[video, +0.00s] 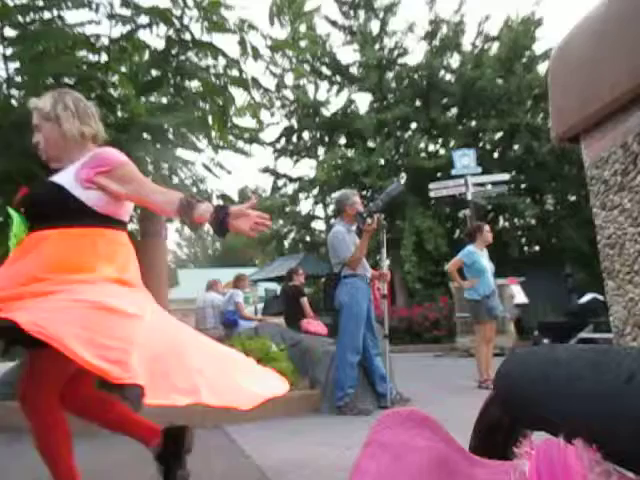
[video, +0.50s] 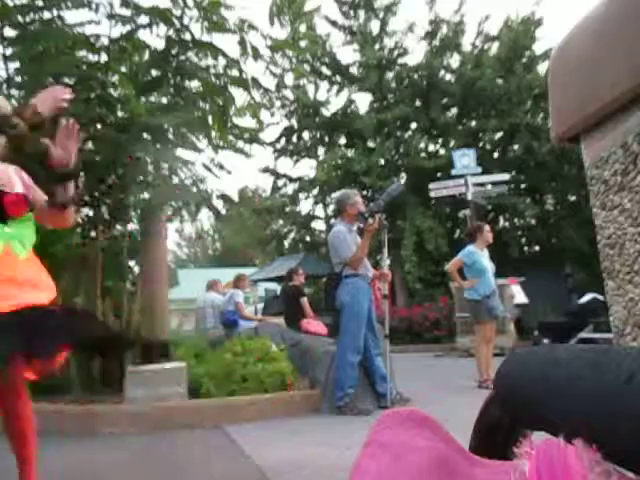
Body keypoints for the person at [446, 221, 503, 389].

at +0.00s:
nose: (491, 235)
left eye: (490, 232)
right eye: (487, 232)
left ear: (484, 235)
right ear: (478, 235)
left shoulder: (484, 252)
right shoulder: (470, 251)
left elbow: (482, 272)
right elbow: (451, 267)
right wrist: (461, 282)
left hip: (490, 294)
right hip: (477, 296)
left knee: (490, 337)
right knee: (483, 337)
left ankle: (489, 375)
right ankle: (483, 377)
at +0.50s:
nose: (491, 235)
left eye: (490, 232)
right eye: (488, 232)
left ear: (485, 235)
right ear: (478, 235)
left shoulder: (484, 252)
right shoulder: (470, 251)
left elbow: (483, 273)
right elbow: (451, 267)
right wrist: (461, 282)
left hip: (490, 294)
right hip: (477, 296)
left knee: (490, 337)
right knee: (483, 337)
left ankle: (489, 375)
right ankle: (483, 377)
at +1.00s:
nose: (492, 235)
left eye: (492, 232)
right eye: (489, 232)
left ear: (487, 235)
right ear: (480, 235)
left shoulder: (486, 252)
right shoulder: (472, 251)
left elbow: (484, 272)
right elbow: (450, 267)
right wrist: (462, 282)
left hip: (491, 294)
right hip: (478, 296)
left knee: (490, 338)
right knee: (482, 338)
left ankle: (489, 376)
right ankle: (483, 377)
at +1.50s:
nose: (493, 235)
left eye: (492, 232)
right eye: (489, 232)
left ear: (487, 235)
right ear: (480, 235)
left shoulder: (487, 251)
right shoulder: (472, 251)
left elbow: (485, 272)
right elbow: (451, 267)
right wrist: (462, 282)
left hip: (491, 294)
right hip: (478, 296)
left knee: (491, 338)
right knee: (483, 338)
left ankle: (489, 376)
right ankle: (483, 377)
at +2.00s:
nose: (493, 235)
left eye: (492, 232)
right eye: (489, 232)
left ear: (487, 235)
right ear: (480, 235)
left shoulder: (486, 251)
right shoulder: (472, 251)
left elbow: (484, 272)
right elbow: (452, 267)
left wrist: (493, 284)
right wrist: (462, 282)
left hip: (491, 294)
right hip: (478, 296)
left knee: (491, 338)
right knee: (483, 338)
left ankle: (489, 376)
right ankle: (483, 377)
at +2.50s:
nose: (492, 235)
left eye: (492, 232)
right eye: (489, 232)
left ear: (485, 235)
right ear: (480, 235)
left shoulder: (486, 251)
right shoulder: (471, 251)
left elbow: (485, 274)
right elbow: (452, 267)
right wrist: (462, 282)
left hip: (491, 295)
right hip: (478, 297)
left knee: (491, 338)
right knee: (483, 338)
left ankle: (489, 376)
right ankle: (483, 377)